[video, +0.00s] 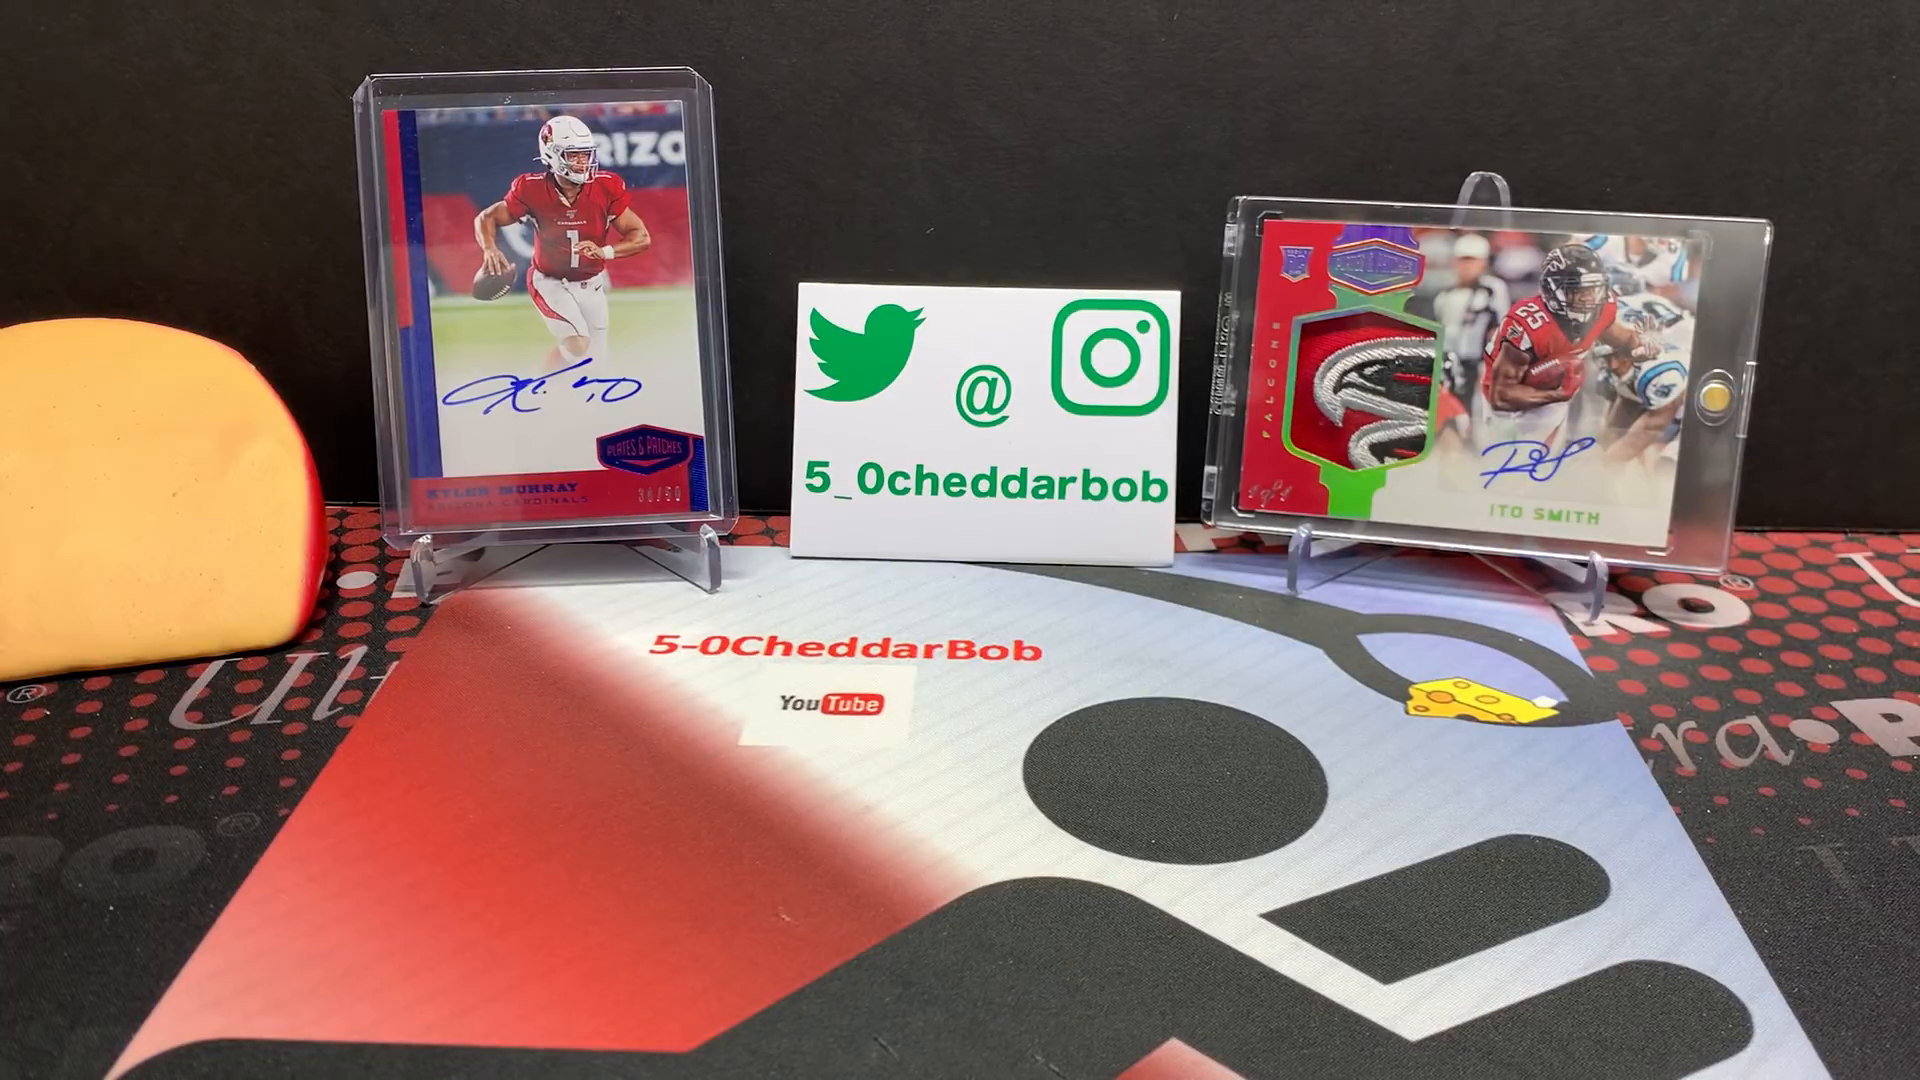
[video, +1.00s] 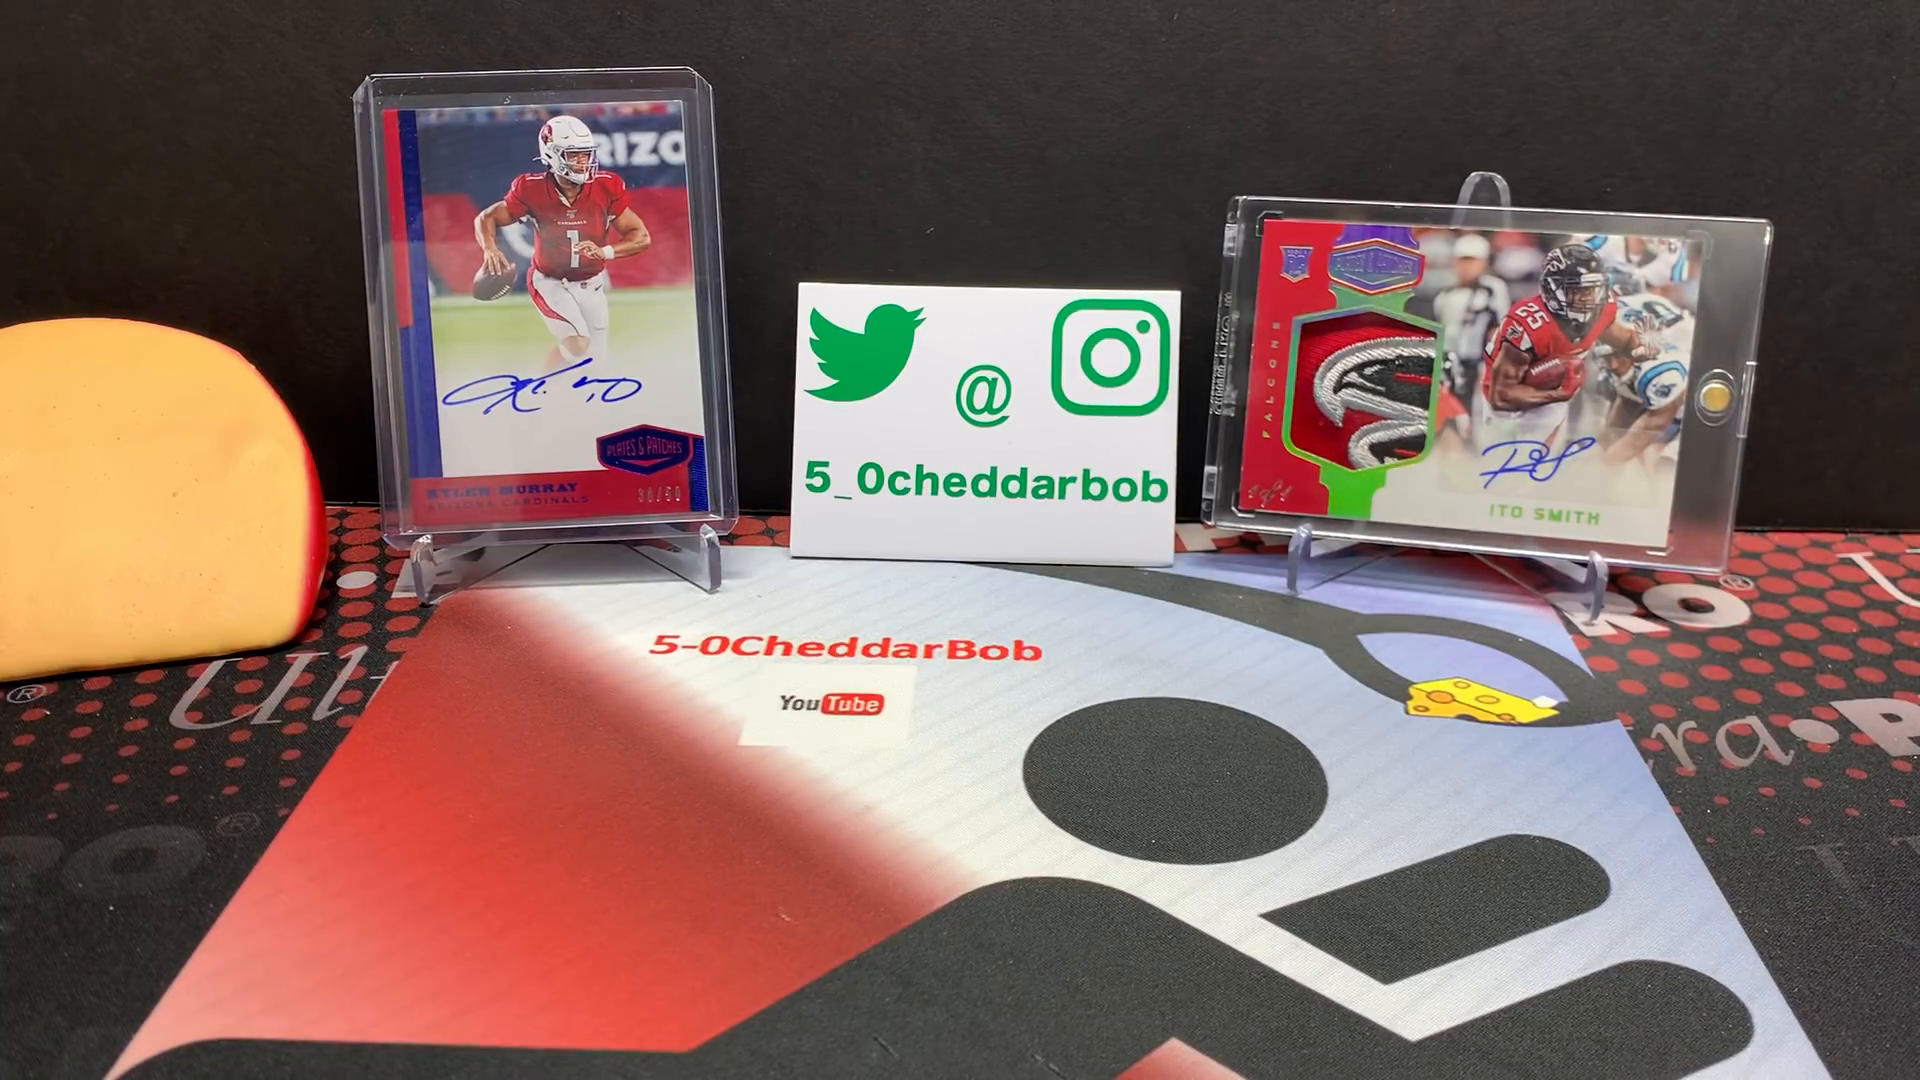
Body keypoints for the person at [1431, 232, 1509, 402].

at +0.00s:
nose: (1467, 266)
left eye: (1472, 259)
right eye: (1463, 259)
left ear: (1484, 262)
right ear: (1455, 261)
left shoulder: (1495, 288)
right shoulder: (1443, 297)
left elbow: (1502, 328)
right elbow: (1441, 332)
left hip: (1482, 365)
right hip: (1451, 364)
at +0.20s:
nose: (1467, 266)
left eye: (1472, 259)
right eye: (1463, 259)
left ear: (1484, 262)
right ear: (1456, 262)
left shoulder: (1495, 288)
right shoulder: (1443, 297)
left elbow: (1502, 328)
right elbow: (1442, 333)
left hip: (1482, 365)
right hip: (1451, 365)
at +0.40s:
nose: (1467, 266)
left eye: (1472, 260)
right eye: (1463, 259)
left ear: (1484, 262)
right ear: (1456, 262)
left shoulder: (1495, 288)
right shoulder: (1443, 297)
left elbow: (1502, 328)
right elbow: (1441, 332)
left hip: (1482, 365)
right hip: (1450, 364)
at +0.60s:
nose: (1467, 266)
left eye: (1473, 260)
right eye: (1463, 259)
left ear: (1484, 262)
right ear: (1456, 262)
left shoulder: (1495, 288)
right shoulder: (1443, 297)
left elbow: (1502, 328)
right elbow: (1441, 332)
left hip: (1482, 365)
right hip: (1451, 364)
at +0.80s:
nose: (1467, 266)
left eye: (1472, 259)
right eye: (1463, 259)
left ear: (1484, 262)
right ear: (1456, 262)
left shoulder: (1495, 288)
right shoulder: (1443, 297)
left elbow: (1502, 328)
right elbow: (1441, 332)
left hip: (1481, 365)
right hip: (1450, 365)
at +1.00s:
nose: (1467, 266)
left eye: (1472, 259)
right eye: (1463, 259)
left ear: (1484, 262)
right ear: (1456, 262)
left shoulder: (1495, 288)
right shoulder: (1443, 297)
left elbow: (1502, 328)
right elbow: (1441, 332)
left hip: (1482, 365)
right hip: (1451, 364)